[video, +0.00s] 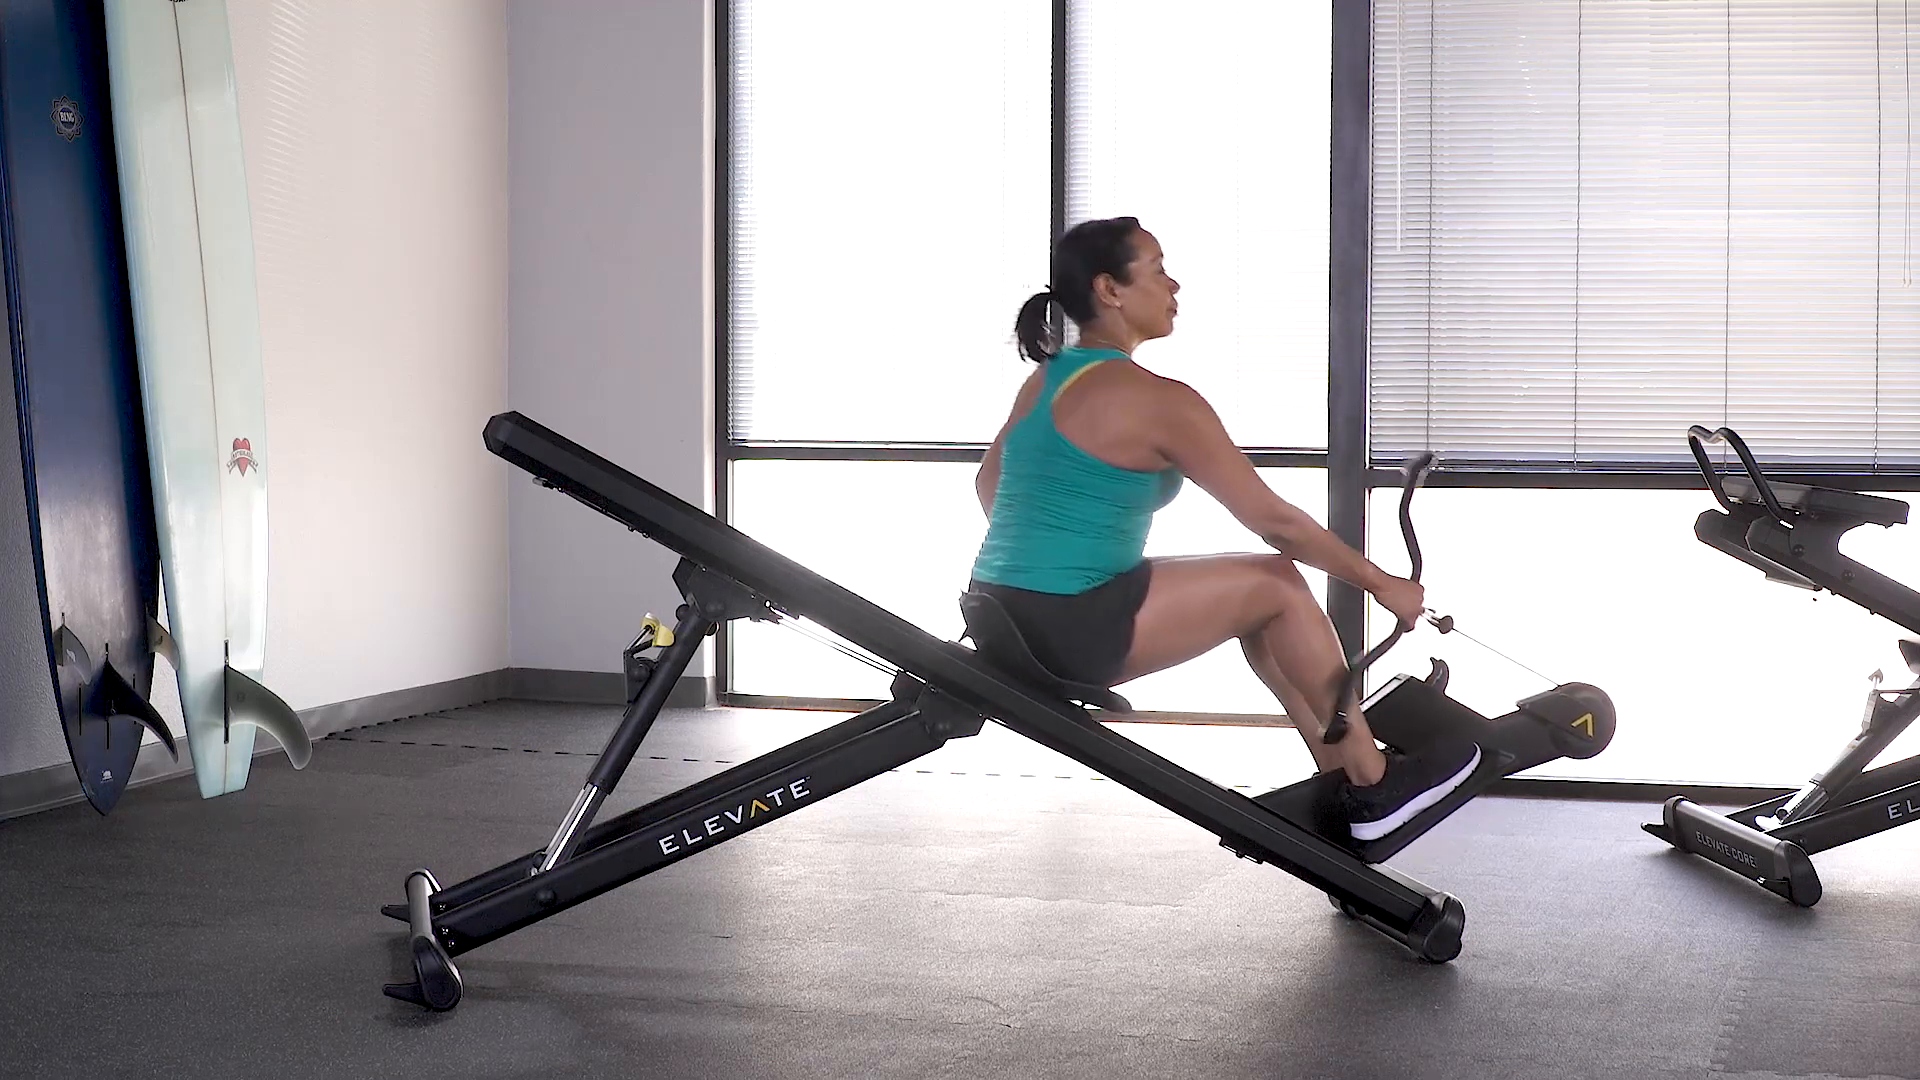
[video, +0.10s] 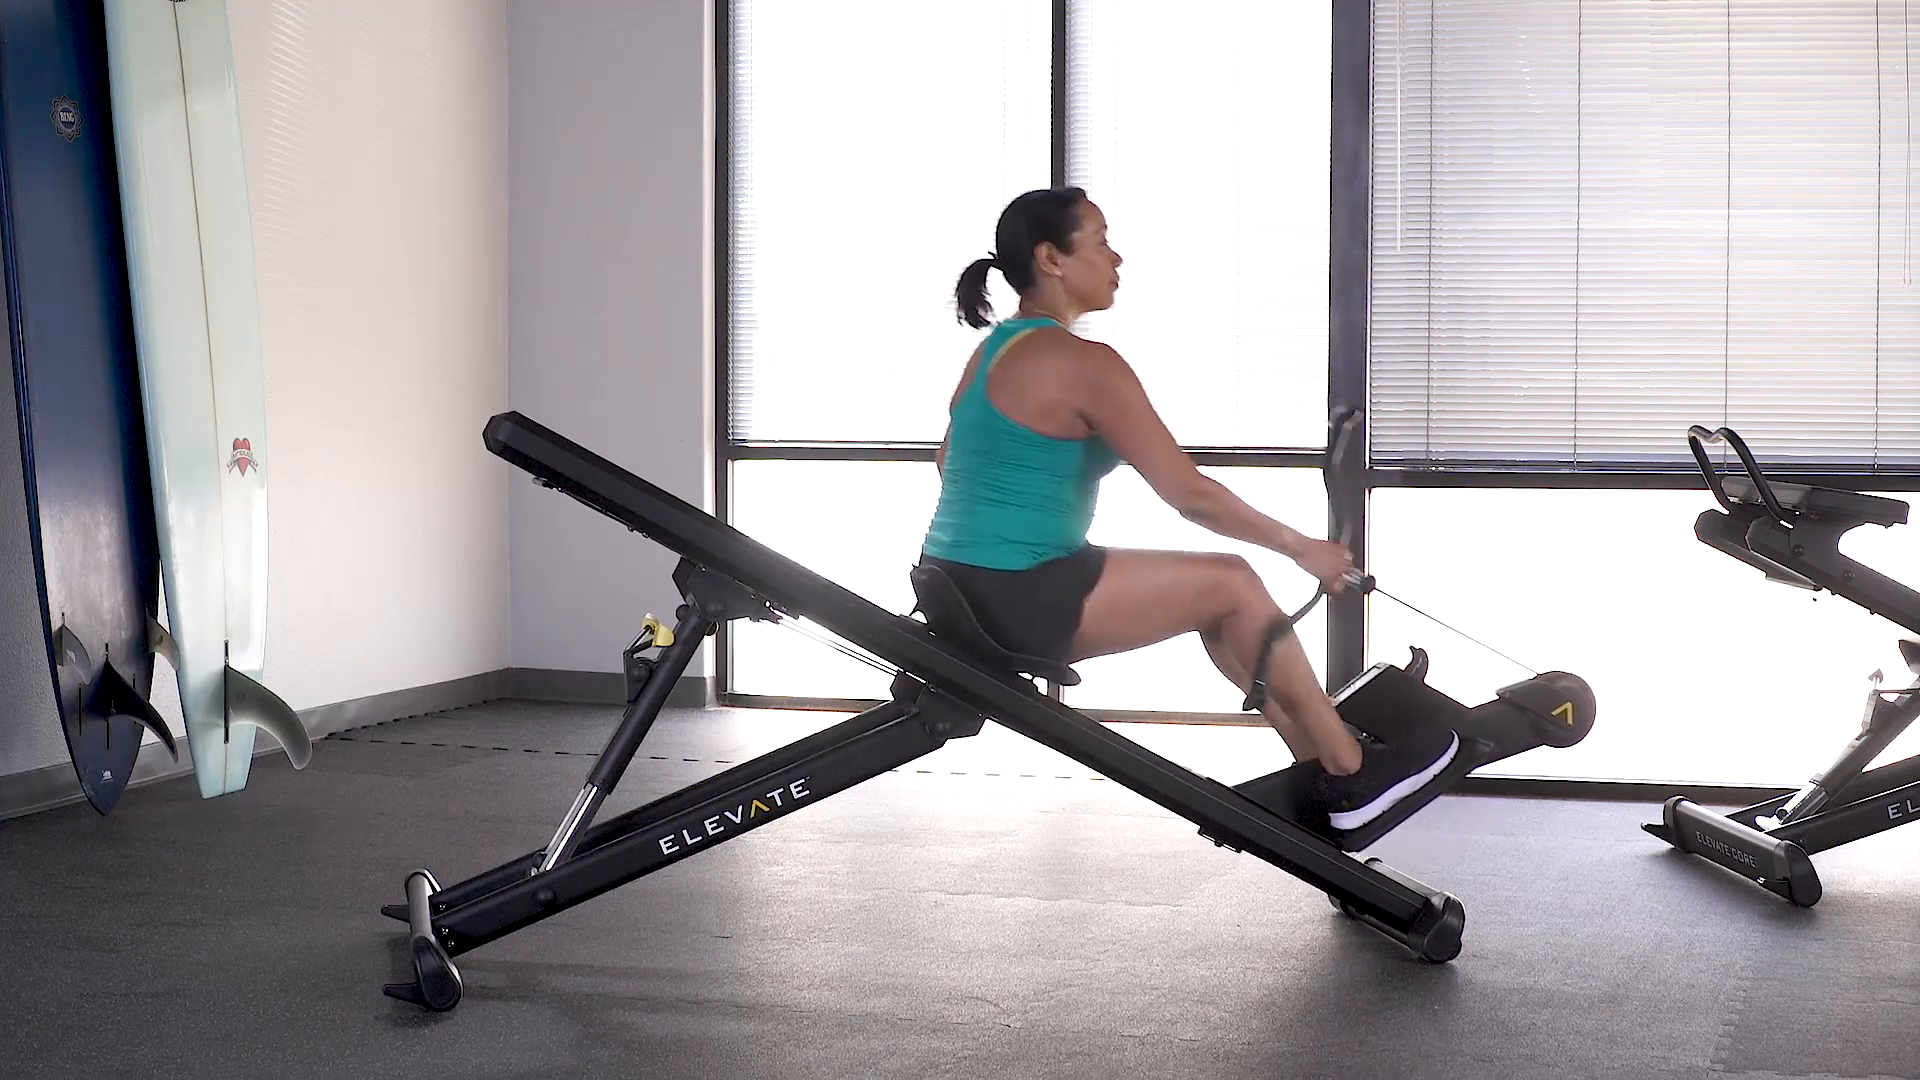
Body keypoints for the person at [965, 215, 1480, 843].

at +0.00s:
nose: (1174, 286)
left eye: (1166, 271)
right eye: (1159, 273)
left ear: (1102, 294)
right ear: (1109, 292)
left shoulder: (1047, 379)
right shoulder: (1164, 403)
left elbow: (990, 482)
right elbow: (1274, 521)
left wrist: (1046, 556)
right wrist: (1381, 582)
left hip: (997, 610)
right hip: (1071, 624)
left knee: (1258, 584)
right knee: (1280, 582)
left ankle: (1335, 763)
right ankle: (1374, 777)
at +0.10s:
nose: (1116, 258)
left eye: (1109, 241)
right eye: (1101, 243)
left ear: (1045, 261)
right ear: (1051, 259)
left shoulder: (993, 349)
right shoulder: (1089, 366)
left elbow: (950, 460)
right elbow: (1189, 492)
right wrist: (1306, 547)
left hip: (952, 588)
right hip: (1017, 595)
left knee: (1216, 592)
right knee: (1234, 582)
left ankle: (1316, 753)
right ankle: (1350, 769)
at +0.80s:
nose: (936, 181)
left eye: (931, 163)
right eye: (924, 164)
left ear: (869, 175)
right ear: (869, 173)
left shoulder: (856, 260)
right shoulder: (839, 267)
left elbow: (808, 380)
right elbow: (783, 381)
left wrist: (923, 402)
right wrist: (914, 401)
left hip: (859, 499)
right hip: (845, 510)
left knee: (1071, 580)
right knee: (1073, 583)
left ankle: (1237, 715)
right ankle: (1245, 726)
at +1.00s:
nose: (1004, 218)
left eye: (998, 201)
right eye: (991, 201)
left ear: (935, 211)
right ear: (937, 210)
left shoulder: (911, 304)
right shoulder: (922, 314)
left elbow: (942, 445)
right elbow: (942, 443)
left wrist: (1050, 465)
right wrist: (1067, 461)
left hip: (908, 542)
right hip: (917, 551)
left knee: (1144, 568)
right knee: (1151, 566)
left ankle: (1268, 727)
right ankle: (1291, 743)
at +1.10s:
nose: (1049, 241)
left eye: (1043, 223)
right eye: (1036, 223)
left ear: (981, 235)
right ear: (984, 233)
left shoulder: (941, 328)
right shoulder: (979, 337)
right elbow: (1037, 466)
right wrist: (1156, 491)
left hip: (931, 569)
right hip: (967, 576)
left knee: (1177, 564)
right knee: (1186, 563)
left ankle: (1289, 732)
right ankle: (1310, 747)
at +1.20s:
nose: (1098, 265)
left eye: (1092, 247)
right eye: (1084, 248)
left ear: (1030, 261)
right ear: (1034, 258)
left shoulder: (983, 348)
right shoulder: (1044, 365)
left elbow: (939, 469)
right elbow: (1134, 493)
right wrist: (1249, 523)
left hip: (961, 589)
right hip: (1015, 602)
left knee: (1216, 566)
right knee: (1234, 563)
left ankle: (1308, 750)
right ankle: (1338, 761)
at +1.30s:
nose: (1146, 289)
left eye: (1141, 272)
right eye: (1134, 273)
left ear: (1078, 283)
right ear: (1084, 282)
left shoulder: (1028, 371)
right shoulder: (1108, 390)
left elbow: (972, 488)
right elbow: (1219, 512)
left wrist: (1063, 530)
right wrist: (1325, 551)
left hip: (992, 607)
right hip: (1058, 622)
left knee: (1245, 562)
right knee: (1273, 578)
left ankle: (1320, 752)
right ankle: (1355, 764)